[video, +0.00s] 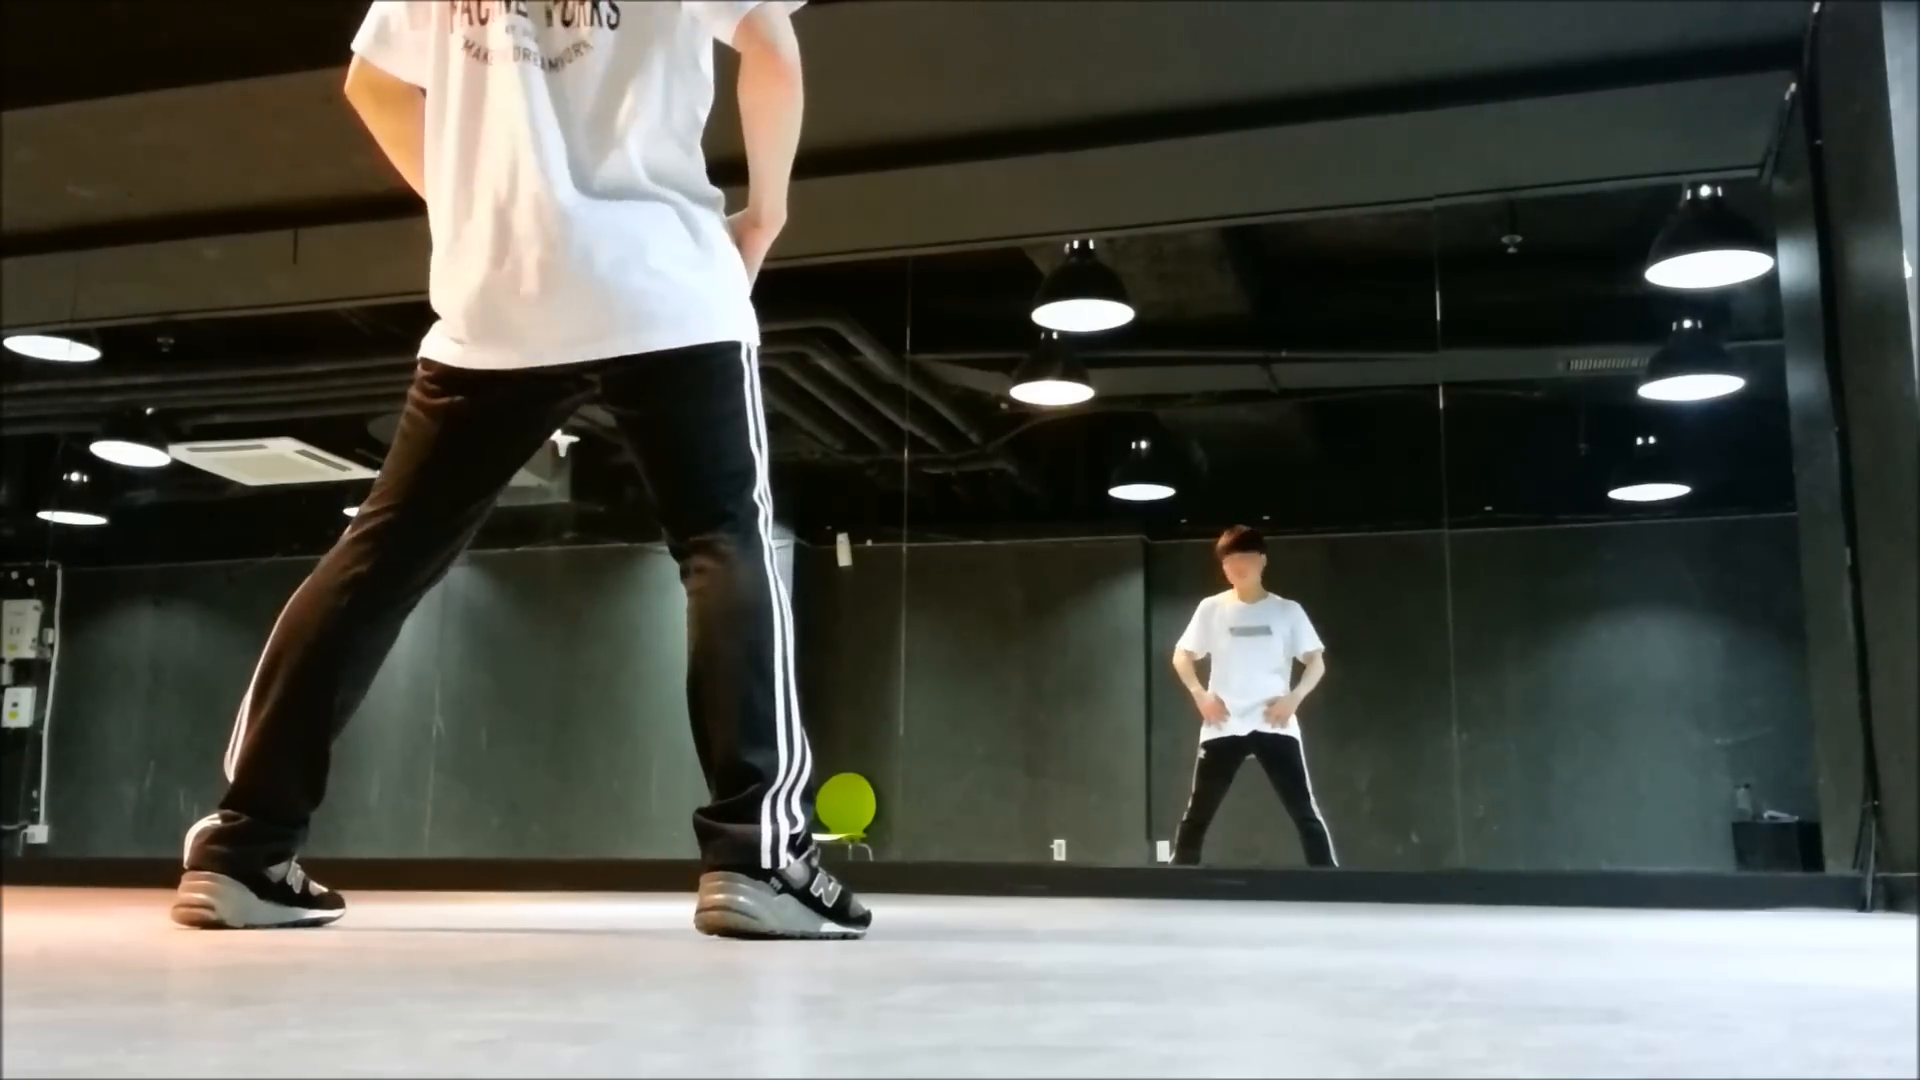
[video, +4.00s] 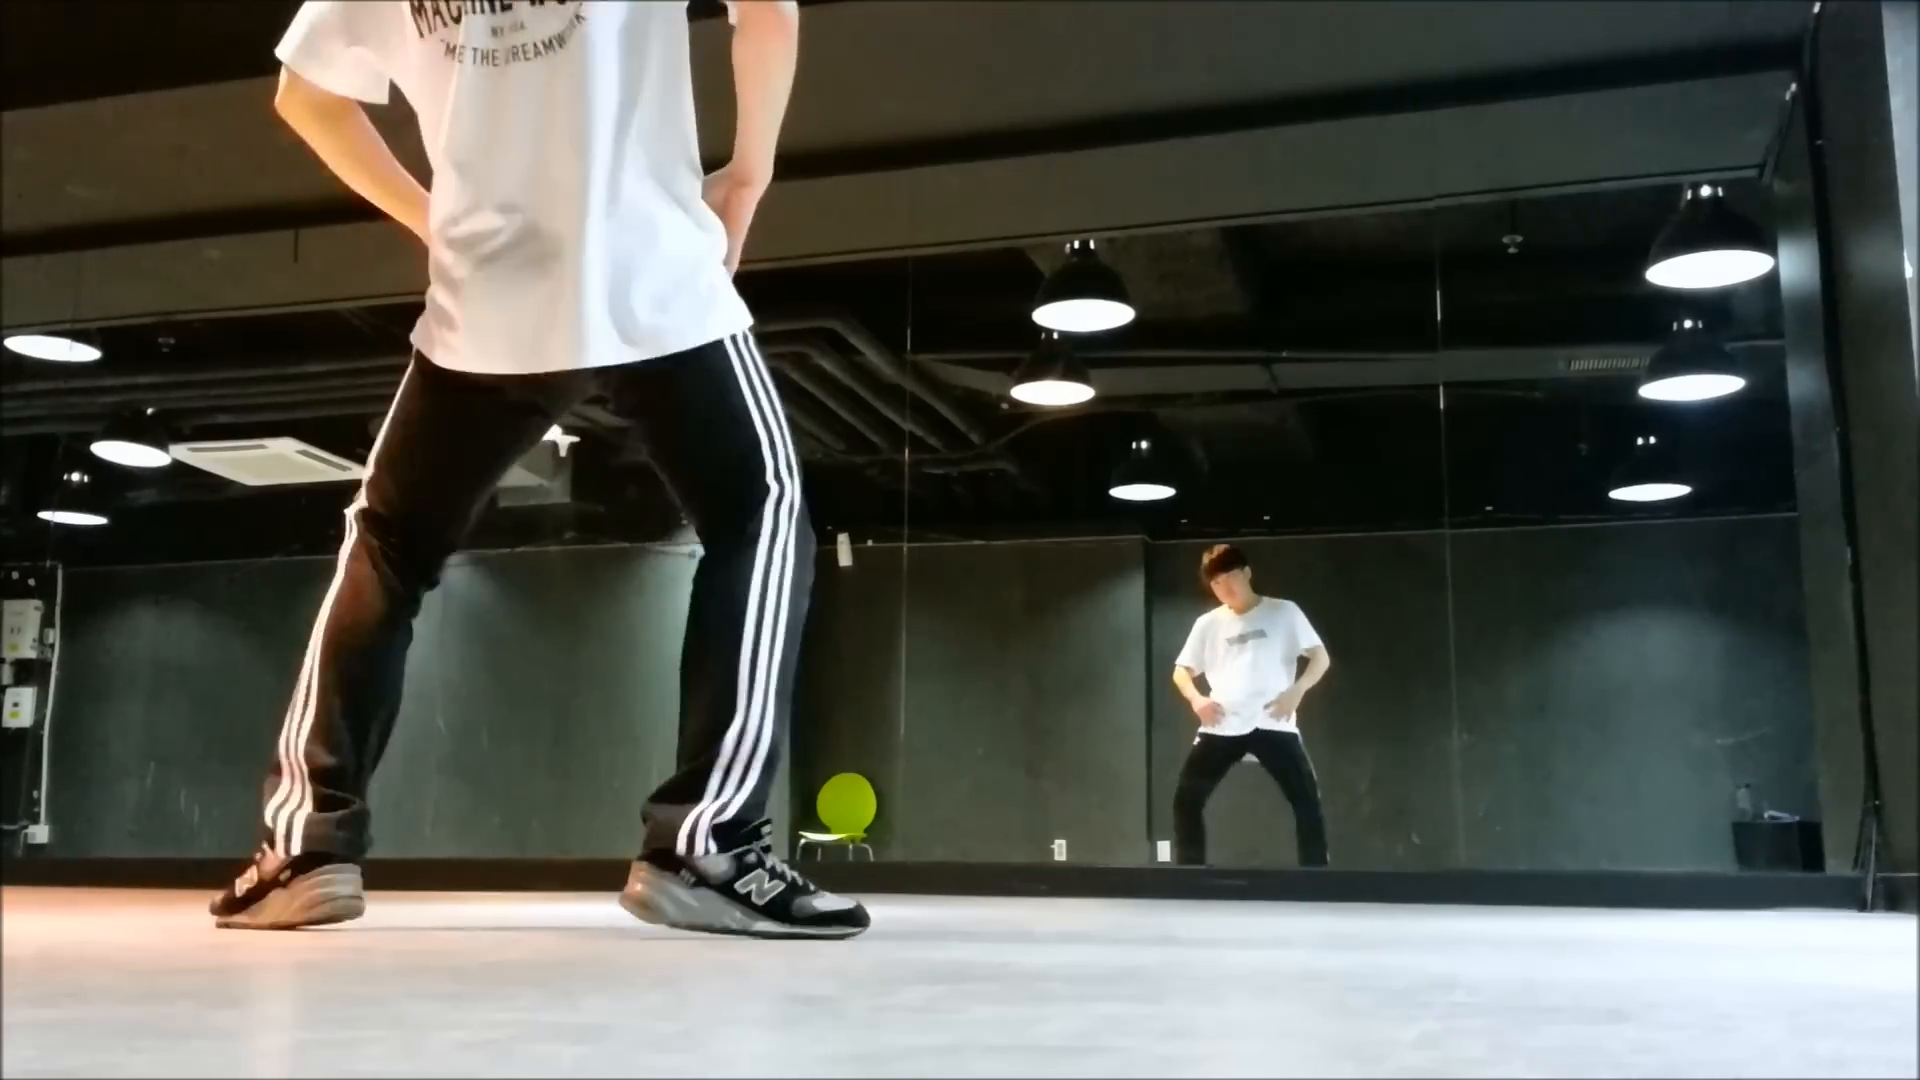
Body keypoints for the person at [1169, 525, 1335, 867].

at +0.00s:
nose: (1238, 568)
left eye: (1246, 559)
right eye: (1231, 560)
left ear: (1263, 561)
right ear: (1223, 566)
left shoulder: (1288, 611)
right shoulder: (1211, 609)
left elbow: (1317, 665)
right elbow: (1181, 657)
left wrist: (1292, 700)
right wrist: (1201, 696)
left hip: (1275, 727)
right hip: (1223, 728)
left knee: (1305, 814)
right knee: (1197, 815)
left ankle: (1331, 890)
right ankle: (1178, 891)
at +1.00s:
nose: (1248, 566)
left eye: (1255, 558)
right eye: (1240, 559)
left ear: (1268, 563)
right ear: (1230, 565)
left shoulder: (1294, 610)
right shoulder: (1217, 616)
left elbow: (1321, 663)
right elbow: (1181, 661)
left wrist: (1294, 697)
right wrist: (1202, 694)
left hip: (1276, 728)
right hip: (1224, 729)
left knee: (1304, 812)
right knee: (1197, 814)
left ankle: (1331, 889)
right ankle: (1178, 890)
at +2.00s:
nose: (1243, 556)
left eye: (1251, 550)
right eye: (1236, 551)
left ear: (1265, 560)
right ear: (1226, 561)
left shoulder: (1287, 611)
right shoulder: (1209, 610)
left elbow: (1315, 663)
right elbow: (1186, 660)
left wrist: (1297, 701)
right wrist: (1202, 697)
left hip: (1278, 731)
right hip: (1224, 731)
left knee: (1307, 813)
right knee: (1198, 816)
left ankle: (1332, 888)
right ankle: (1178, 890)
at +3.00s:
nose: (1221, 582)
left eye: (1226, 573)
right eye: (1214, 577)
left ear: (1245, 567)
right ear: (1209, 583)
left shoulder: (1289, 609)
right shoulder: (1209, 617)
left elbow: (1322, 658)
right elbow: (1182, 666)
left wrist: (1298, 698)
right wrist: (1200, 699)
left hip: (1277, 730)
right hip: (1223, 732)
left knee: (1312, 801)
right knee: (1186, 796)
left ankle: (1316, 885)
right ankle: (1187, 884)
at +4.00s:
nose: (1225, 588)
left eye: (1230, 579)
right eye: (1217, 583)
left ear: (1247, 574)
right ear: (1211, 587)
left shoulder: (1285, 612)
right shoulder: (1207, 624)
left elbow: (1320, 658)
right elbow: (1181, 672)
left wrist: (1296, 691)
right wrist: (1196, 699)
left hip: (1274, 727)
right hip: (1222, 729)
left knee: (1308, 803)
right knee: (1186, 800)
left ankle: (1316, 883)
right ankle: (1191, 883)